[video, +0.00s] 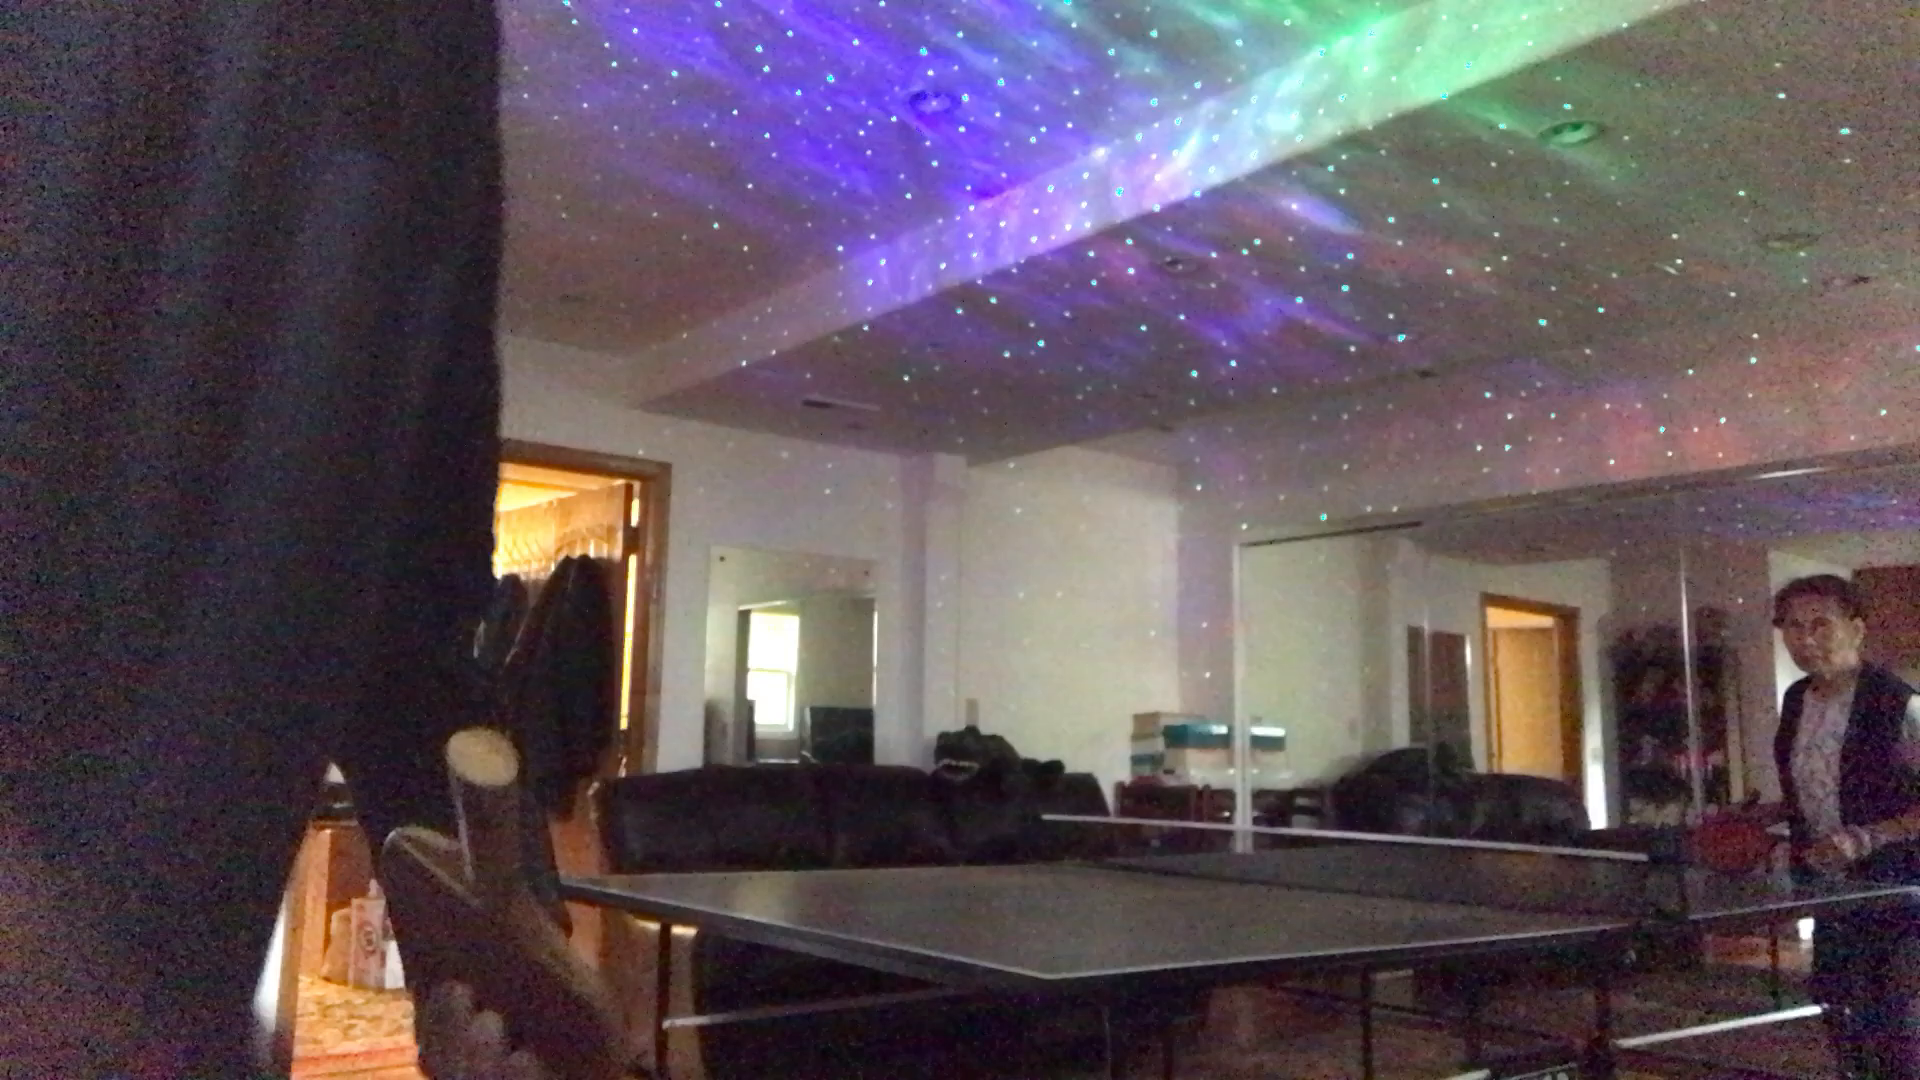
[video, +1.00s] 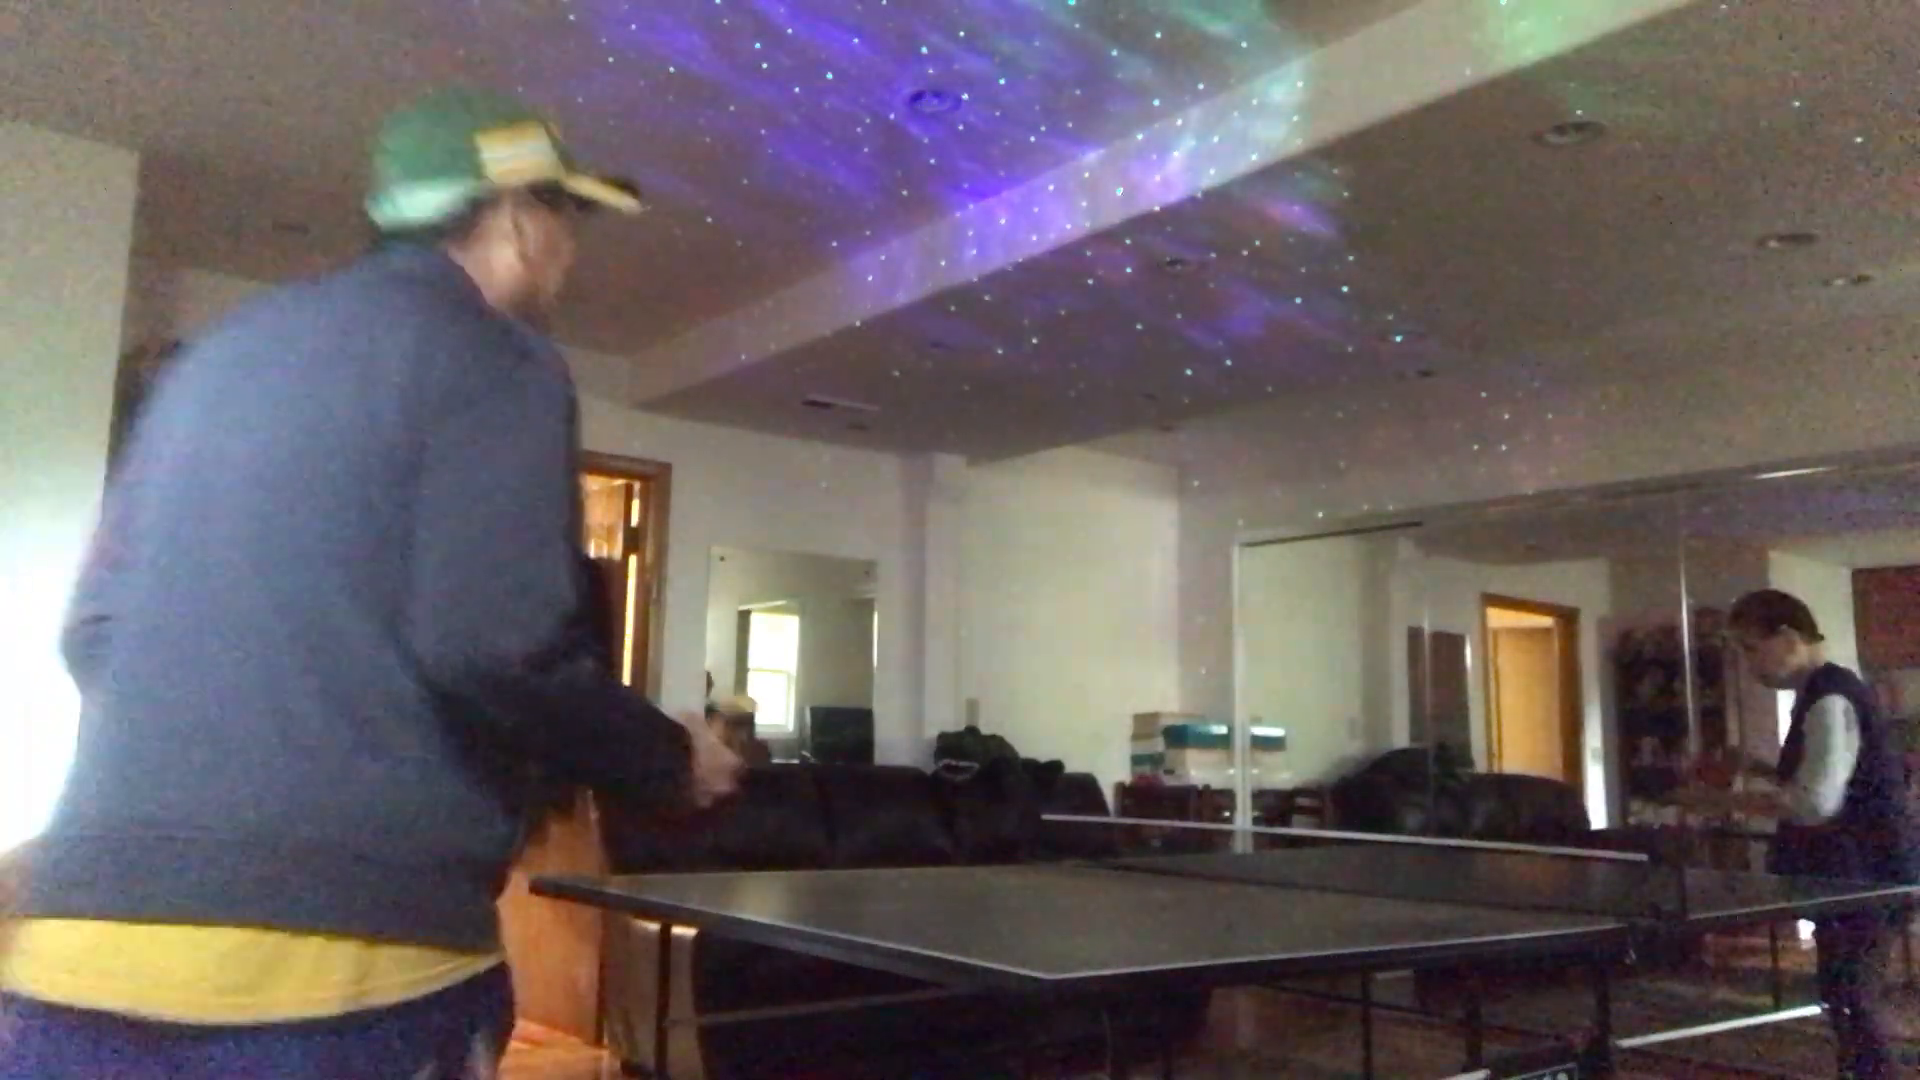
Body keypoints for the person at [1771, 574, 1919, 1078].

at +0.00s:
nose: (1804, 638)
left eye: (1818, 623)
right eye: (1792, 626)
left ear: (1856, 628)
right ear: (1783, 635)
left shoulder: (1893, 699)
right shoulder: (1797, 698)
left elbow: (1917, 809)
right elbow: (1803, 796)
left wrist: (1861, 840)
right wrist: (1772, 818)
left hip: (1894, 891)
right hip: (1830, 890)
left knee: (1890, 1021)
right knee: (1834, 1005)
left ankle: (1893, 1069)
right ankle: (1856, 1068)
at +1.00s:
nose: (1748, 664)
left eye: (1751, 648)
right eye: (1744, 652)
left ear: (1786, 637)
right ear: (1791, 640)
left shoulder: (1831, 696)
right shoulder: (1821, 694)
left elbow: (1817, 802)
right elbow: (1804, 786)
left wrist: (1734, 798)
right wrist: (1746, 769)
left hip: (1861, 887)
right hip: (1848, 886)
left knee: (1853, 1006)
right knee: (1849, 1004)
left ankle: (1870, 1072)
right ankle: (1867, 1071)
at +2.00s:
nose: (1733, 663)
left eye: (1745, 649)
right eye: (1728, 651)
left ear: (1784, 653)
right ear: (1722, 660)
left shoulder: (1842, 715)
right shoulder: (1729, 726)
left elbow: (1901, 802)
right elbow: (1728, 814)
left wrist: (1899, 885)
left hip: (1855, 877)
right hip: (1777, 884)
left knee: (1901, 995)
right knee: (1784, 1006)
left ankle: (1916, 1061)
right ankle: (1802, 1072)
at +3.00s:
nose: (1695, 654)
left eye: (1705, 642)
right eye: (1694, 643)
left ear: (1742, 645)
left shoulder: (1796, 711)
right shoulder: (1692, 707)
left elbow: (1842, 808)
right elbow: (1625, 737)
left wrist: (1821, 888)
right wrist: (1562, 724)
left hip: (1808, 873)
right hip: (1738, 879)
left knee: (1858, 987)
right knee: (1745, 995)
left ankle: (1899, 1067)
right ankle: (1750, 1071)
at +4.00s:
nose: (1765, 671)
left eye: (1778, 655)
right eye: (1757, 658)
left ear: (1817, 658)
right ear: (1750, 664)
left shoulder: (1871, 722)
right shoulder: (1752, 725)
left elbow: (1913, 812)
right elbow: (1747, 808)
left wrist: (1903, 894)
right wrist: (1742, 828)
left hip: (1869, 888)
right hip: (1790, 889)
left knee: (1908, 993)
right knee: (1766, 1002)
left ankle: (1918, 1053)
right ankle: (1758, 1072)